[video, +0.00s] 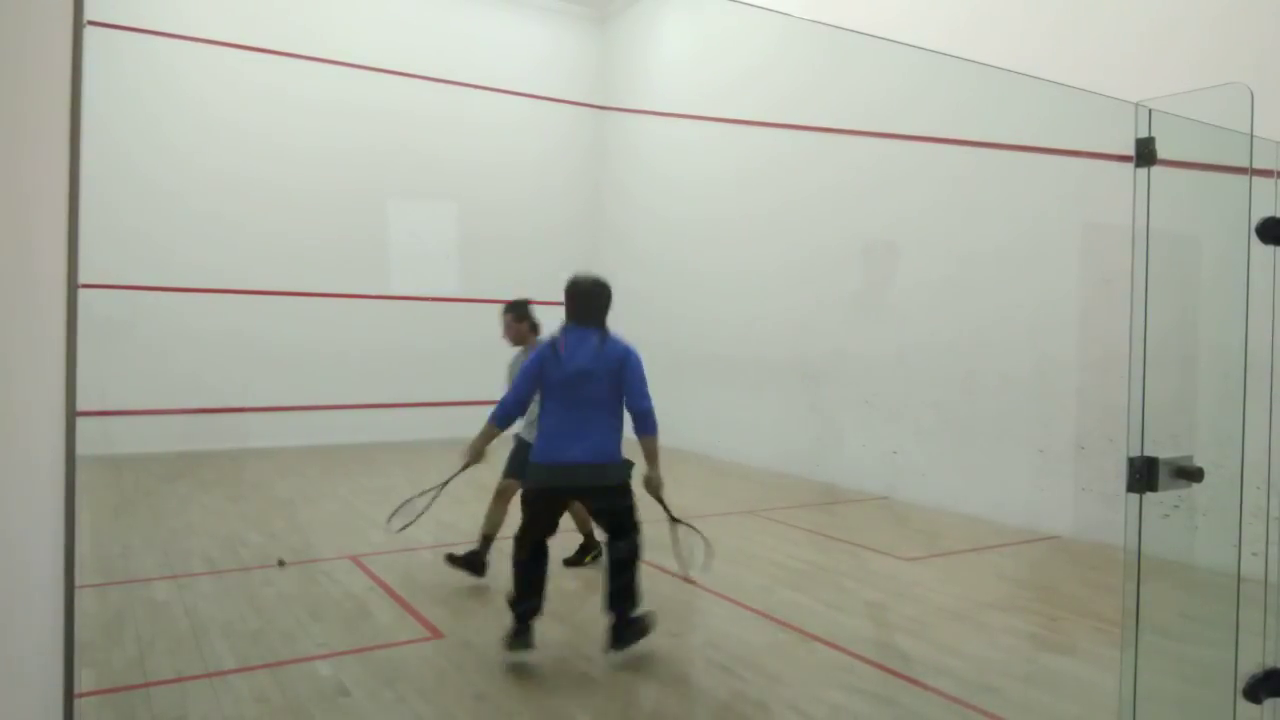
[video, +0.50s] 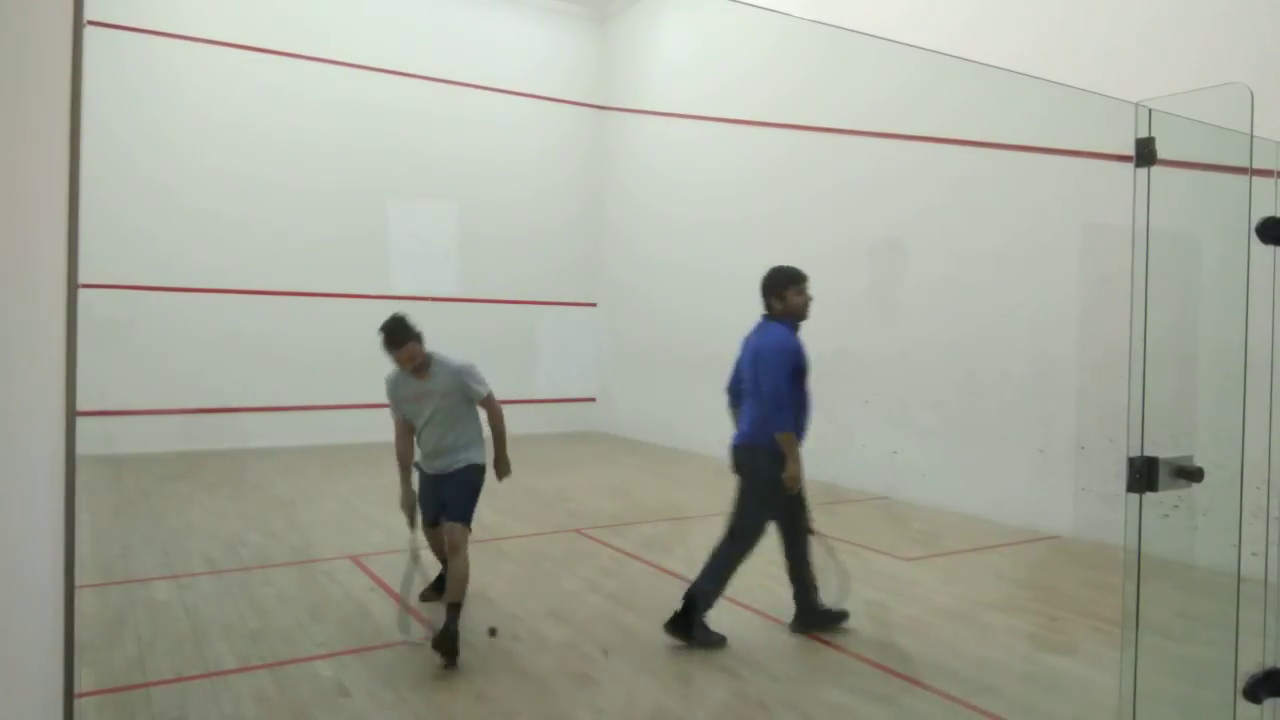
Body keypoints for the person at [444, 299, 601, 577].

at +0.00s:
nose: (505, 332)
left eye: (509, 325)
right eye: (504, 325)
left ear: (527, 325)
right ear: (520, 327)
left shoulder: (549, 355)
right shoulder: (517, 361)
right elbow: (514, 404)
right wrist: (489, 436)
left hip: (556, 442)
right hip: (528, 440)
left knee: (570, 494)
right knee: (503, 492)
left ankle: (590, 542)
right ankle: (480, 554)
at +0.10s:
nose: (436, 360)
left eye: (440, 352)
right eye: (434, 353)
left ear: (458, 349)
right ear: (448, 352)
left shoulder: (503, 370)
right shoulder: (451, 392)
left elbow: (542, 395)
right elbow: (434, 440)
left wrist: (550, 440)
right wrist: (408, 485)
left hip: (527, 447)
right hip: (490, 451)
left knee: (541, 503)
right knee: (463, 505)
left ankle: (573, 531)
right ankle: (454, 575)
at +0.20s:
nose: (409, 352)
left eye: (412, 344)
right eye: (405, 347)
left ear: (430, 334)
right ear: (405, 345)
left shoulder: (473, 358)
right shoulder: (414, 375)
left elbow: (509, 384)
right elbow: (397, 412)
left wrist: (517, 429)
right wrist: (374, 444)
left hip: (494, 439)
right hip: (455, 442)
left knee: (495, 506)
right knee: (448, 504)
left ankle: (528, 495)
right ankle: (451, 574)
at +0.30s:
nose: (414, 335)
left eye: (417, 328)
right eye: (408, 331)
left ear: (433, 318)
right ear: (403, 330)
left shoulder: (470, 347)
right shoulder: (407, 362)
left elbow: (497, 380)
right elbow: (394, 408)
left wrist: (502, 427)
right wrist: (376, 445)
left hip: (476, 432)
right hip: (437, 437)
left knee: (471, 496)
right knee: (436, 506)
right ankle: (447, 570)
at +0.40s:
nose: (420, 331)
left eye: (425, 323)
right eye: (413, 326)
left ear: (437, 316)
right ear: (405, 326)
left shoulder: (469, 349)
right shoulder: (404, 362)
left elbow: (494, 382)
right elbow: (399, 413)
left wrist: (502, 428)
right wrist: (388, 462)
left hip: (468, 435)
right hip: (429, 441)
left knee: (461, 494)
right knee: (431, 512)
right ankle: (444, 569)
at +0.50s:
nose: (405, 357)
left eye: (409, 348)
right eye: (397, 353)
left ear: (420, 342)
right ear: (391, 355)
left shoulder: (458, 372)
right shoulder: (397, 385)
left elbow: (493, 408)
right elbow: (403, 435)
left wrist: (501, 455)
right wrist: (405, 487)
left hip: (466, 463)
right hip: (430, 466)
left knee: (454, 538)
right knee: (432, 530)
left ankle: (451, 628)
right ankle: (449, 573)